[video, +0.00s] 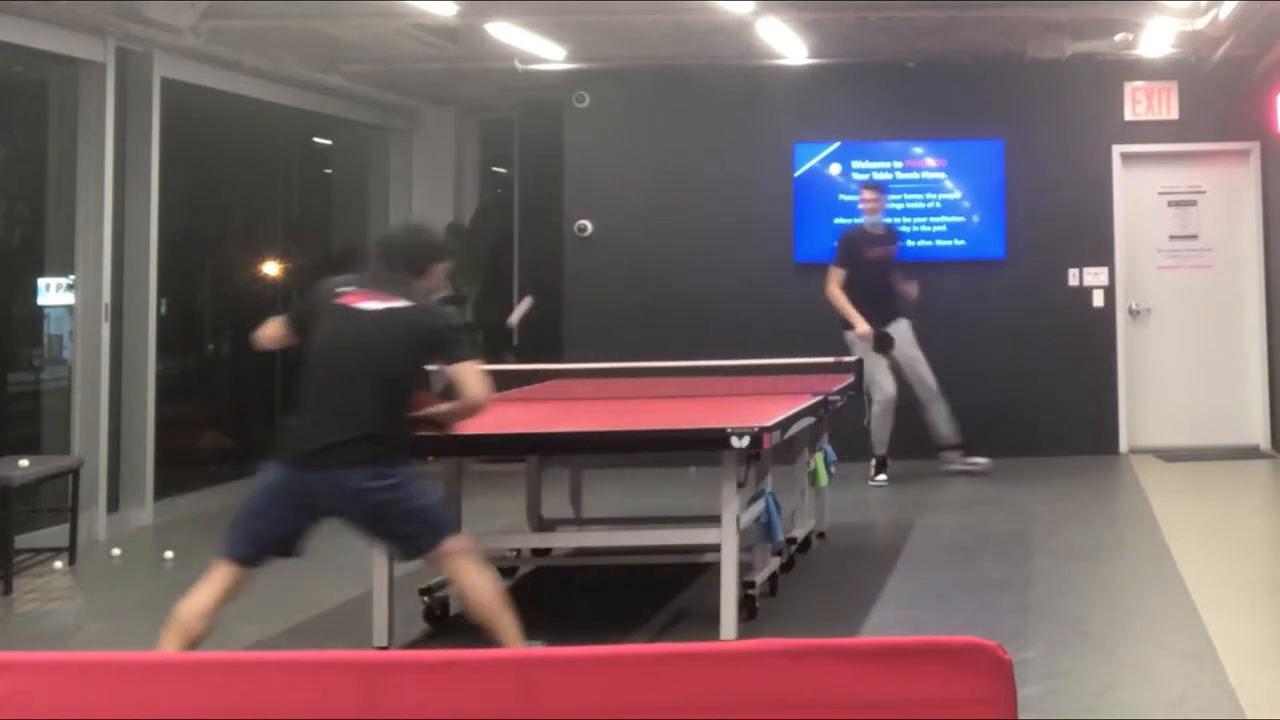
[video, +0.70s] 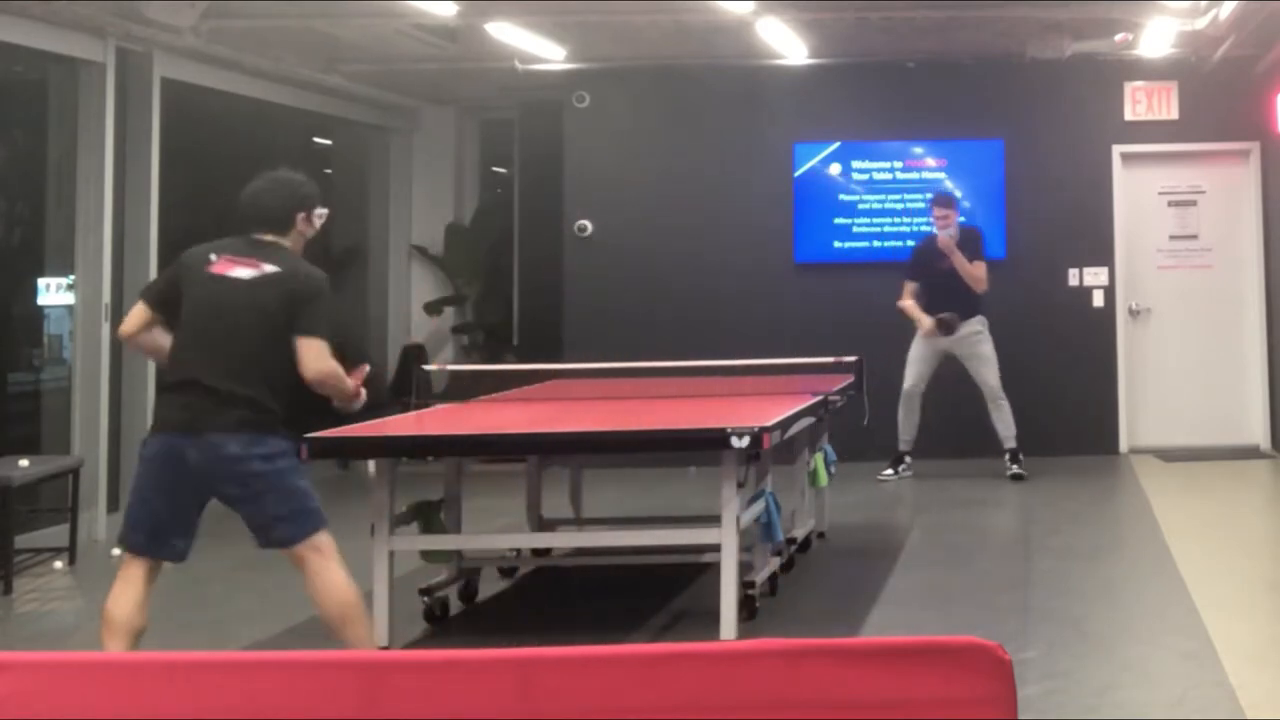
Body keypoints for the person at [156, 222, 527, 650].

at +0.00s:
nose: (444, 285)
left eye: (445, 275)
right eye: (441, 275)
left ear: (383, 262)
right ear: (424, 274)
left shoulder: (331, 295)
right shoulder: (431, 316)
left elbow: (265, 337)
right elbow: (478, 393)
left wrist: (320, 323)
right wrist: (440, 412)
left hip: (296, 467)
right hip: (370, 470)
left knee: (224, 572)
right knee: (457, 554)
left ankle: (155, 674)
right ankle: (524, 659)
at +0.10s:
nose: (392, 283)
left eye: (392, 273)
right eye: (390, 274)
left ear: (328, 262)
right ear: (376, 275)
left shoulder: (278, 293)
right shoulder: (382, 317)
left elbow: (221, 349)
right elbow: (434, 392)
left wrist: (276, 336)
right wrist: (382, 395)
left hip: (246, 462)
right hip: (319, 466)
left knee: (191, 575)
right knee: (401, 567)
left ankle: (140, 678)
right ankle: (482, 662)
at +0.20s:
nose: (356, 261)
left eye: (355, 253)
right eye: (353, 252)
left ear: (291, 244)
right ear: (339, 252)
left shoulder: (247, 272)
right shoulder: (356, 295)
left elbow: (215, 354)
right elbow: (415, 363)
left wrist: (275, 346)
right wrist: (371, 352)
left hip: (220, 446)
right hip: (297, 450)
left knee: (178, 566)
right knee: (357, 567)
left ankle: (137, 681)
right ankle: (426, 674)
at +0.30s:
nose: (336, 233)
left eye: (334, 224)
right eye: (332, 224)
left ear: (272, 224)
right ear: (321, 228)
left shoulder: (235, 252)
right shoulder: (343, 277)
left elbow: (188, 322)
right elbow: (396, 310)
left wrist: (238, 325)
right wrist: (425, 313)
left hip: (212, 431)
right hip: (289, 435)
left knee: (167, 564)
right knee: (339, 555)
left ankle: (137, 683)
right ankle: (393, 670)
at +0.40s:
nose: (325, 218)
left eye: (322, 210)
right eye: (321, 211)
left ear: (259, 215)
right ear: (311, 218)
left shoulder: (226, 246)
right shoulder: (337, 268)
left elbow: (160, 287)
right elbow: (393, 320)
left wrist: (179, 334)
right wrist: (408, 315)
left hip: (218, 428)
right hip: (297, 432)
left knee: (158, 554)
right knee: (340, 550)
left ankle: (126, 677)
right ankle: (387, 666)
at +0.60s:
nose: (314, 233)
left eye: (313, 224)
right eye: (310, 224)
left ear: (247, 227)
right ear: (295, 230)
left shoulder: (197, 274)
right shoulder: (320, 290)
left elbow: (127, 335)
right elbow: (353, 379)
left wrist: (157, 368)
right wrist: (364, 374)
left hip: (194, 455)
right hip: (280, 456)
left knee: (142, 566)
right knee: (343, 565)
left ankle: (111, 688)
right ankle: (407, 672)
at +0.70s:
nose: (320, 221)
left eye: (319, 212)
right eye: (316, 213)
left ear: (251, 216)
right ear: (301, 220)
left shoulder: (198, 258)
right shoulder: (305, 279)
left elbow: (132, 329)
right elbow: (315, 368)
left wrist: (193, 359)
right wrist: (346, 392)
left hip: (172, 436)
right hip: (249, 439)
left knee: (138, 564)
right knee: (315, 553)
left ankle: (109, 687)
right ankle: (375, 670)